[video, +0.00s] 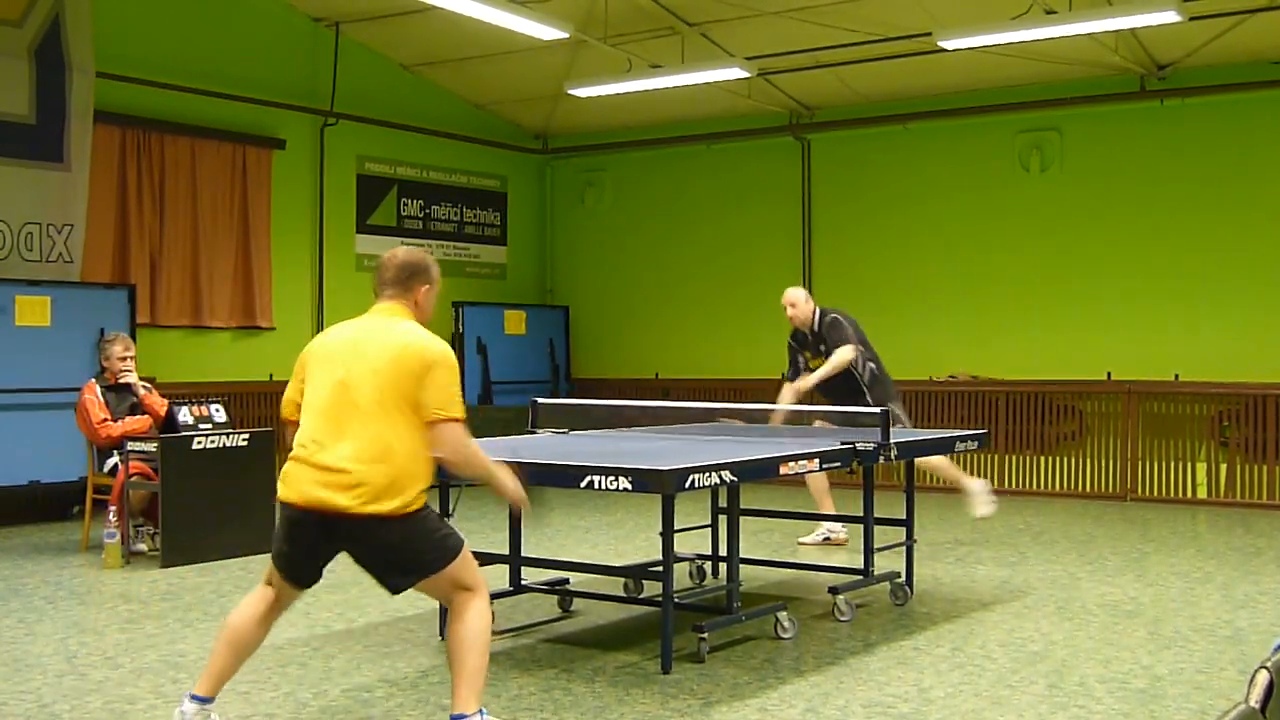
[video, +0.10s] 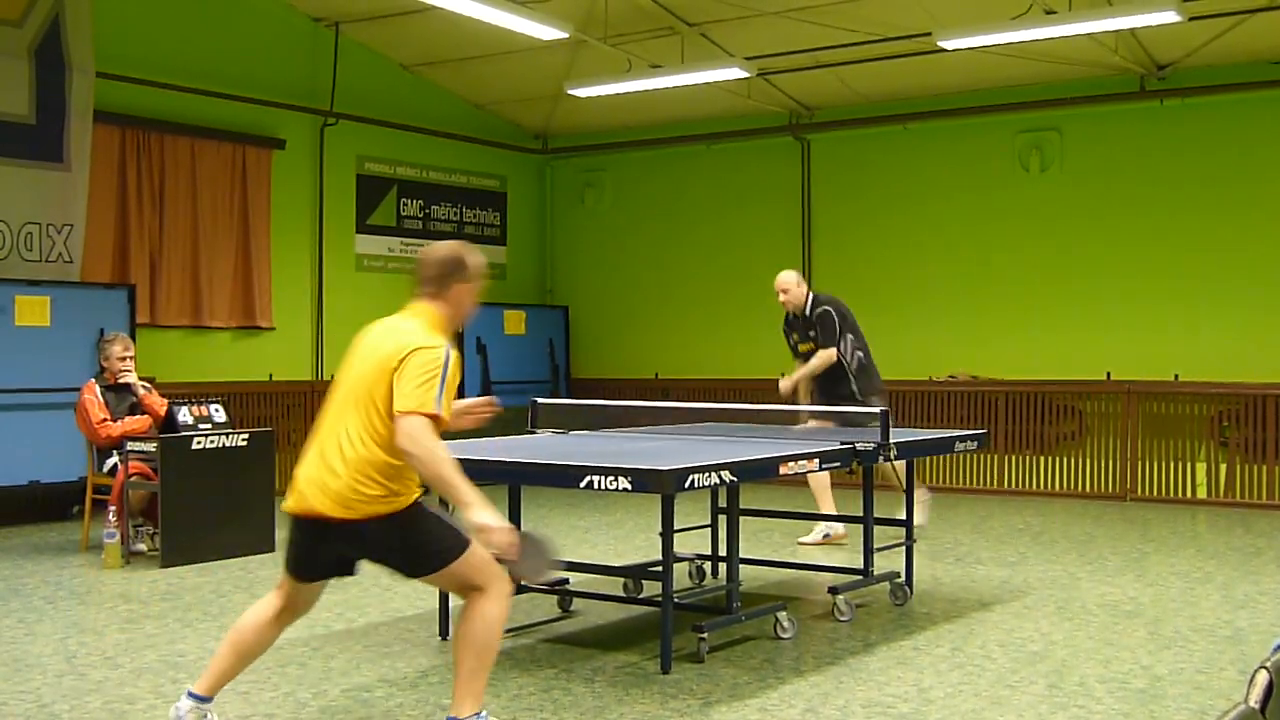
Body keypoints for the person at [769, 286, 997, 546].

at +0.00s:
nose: (788, 313)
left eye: (792, 306)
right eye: (785, 308)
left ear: (809, 303)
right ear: (787, 311)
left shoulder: (833, 321)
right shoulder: (797, 339)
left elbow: (848, 352)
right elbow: (791, 386)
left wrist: (812, 379)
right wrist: (774, 427)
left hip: (876, 402)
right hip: (839, 409)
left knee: (913, 453)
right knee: (807, 457)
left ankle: (973, 485)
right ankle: (832, 525)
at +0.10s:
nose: (780, 298)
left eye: (784, 291)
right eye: (777, 293)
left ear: (802, 288)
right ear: (779, 295)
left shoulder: (827, 309)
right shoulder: (791, 323)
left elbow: (828, 354)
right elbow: (803, 367)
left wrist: (793, 378)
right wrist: (805, 412)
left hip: (864, 397)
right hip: (829, 400)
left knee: (882, 449)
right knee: (809, 452)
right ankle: (831, 522)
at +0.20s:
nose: (777, 297)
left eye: (781, 291)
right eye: (774, 292)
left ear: (799, 285)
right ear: (778, 291)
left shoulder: (826, 303)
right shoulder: (789, 313)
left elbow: (828, 349)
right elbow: (808, 350)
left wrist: (793, 362)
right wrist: (811, 385)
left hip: (854, 387)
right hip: (821, 387)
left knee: (865, 452)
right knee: (799, 444)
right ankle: (820, 511)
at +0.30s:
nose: (777, 303)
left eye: (778, 298)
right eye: (774, 299)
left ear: (794, 289)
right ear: (781, 294)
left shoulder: (822, 307)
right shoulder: (790, 313)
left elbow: (831, 352)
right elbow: (809, 348)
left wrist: (795, 354)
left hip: (840, 384)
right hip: (811, 382)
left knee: (842, 452)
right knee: (781, 432)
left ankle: (863, 517)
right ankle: (794, 498)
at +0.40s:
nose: (769, 304)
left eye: (771, 298)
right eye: (766, 300)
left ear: (788, 290)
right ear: (776, 295)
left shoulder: (816, 308)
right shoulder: (782, 314)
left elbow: (830, 349)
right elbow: (795, 350)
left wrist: (794, 363)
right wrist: (786, 368)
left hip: (831, 382)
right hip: (801, 381)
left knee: (836, 451)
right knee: (773, 439)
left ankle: (862, 517)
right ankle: (770, 509)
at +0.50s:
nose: (757, 304)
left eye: (760, 298)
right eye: (754, 299)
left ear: (775, 290)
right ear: (759, 295)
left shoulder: (804, 306)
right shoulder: (765, 312)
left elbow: (823, 345)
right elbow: (768, 344)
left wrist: (805, 383)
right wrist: (760, 371)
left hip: (814, 382)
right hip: (782, 381)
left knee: (828, 448)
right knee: (765, 441)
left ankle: (860, 514)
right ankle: (764, 511)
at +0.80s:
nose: (757, 285)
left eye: (762, 280)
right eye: (754, 280)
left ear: (776, 277)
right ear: (749, 278)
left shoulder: (798, 296)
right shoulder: (746, 301)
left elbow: (829, 325)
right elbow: (733, 338)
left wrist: (837, 367)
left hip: (798, 386)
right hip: (761, 386)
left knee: (812, 447)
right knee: (756, 447)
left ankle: (829, 508)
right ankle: (763, 509)